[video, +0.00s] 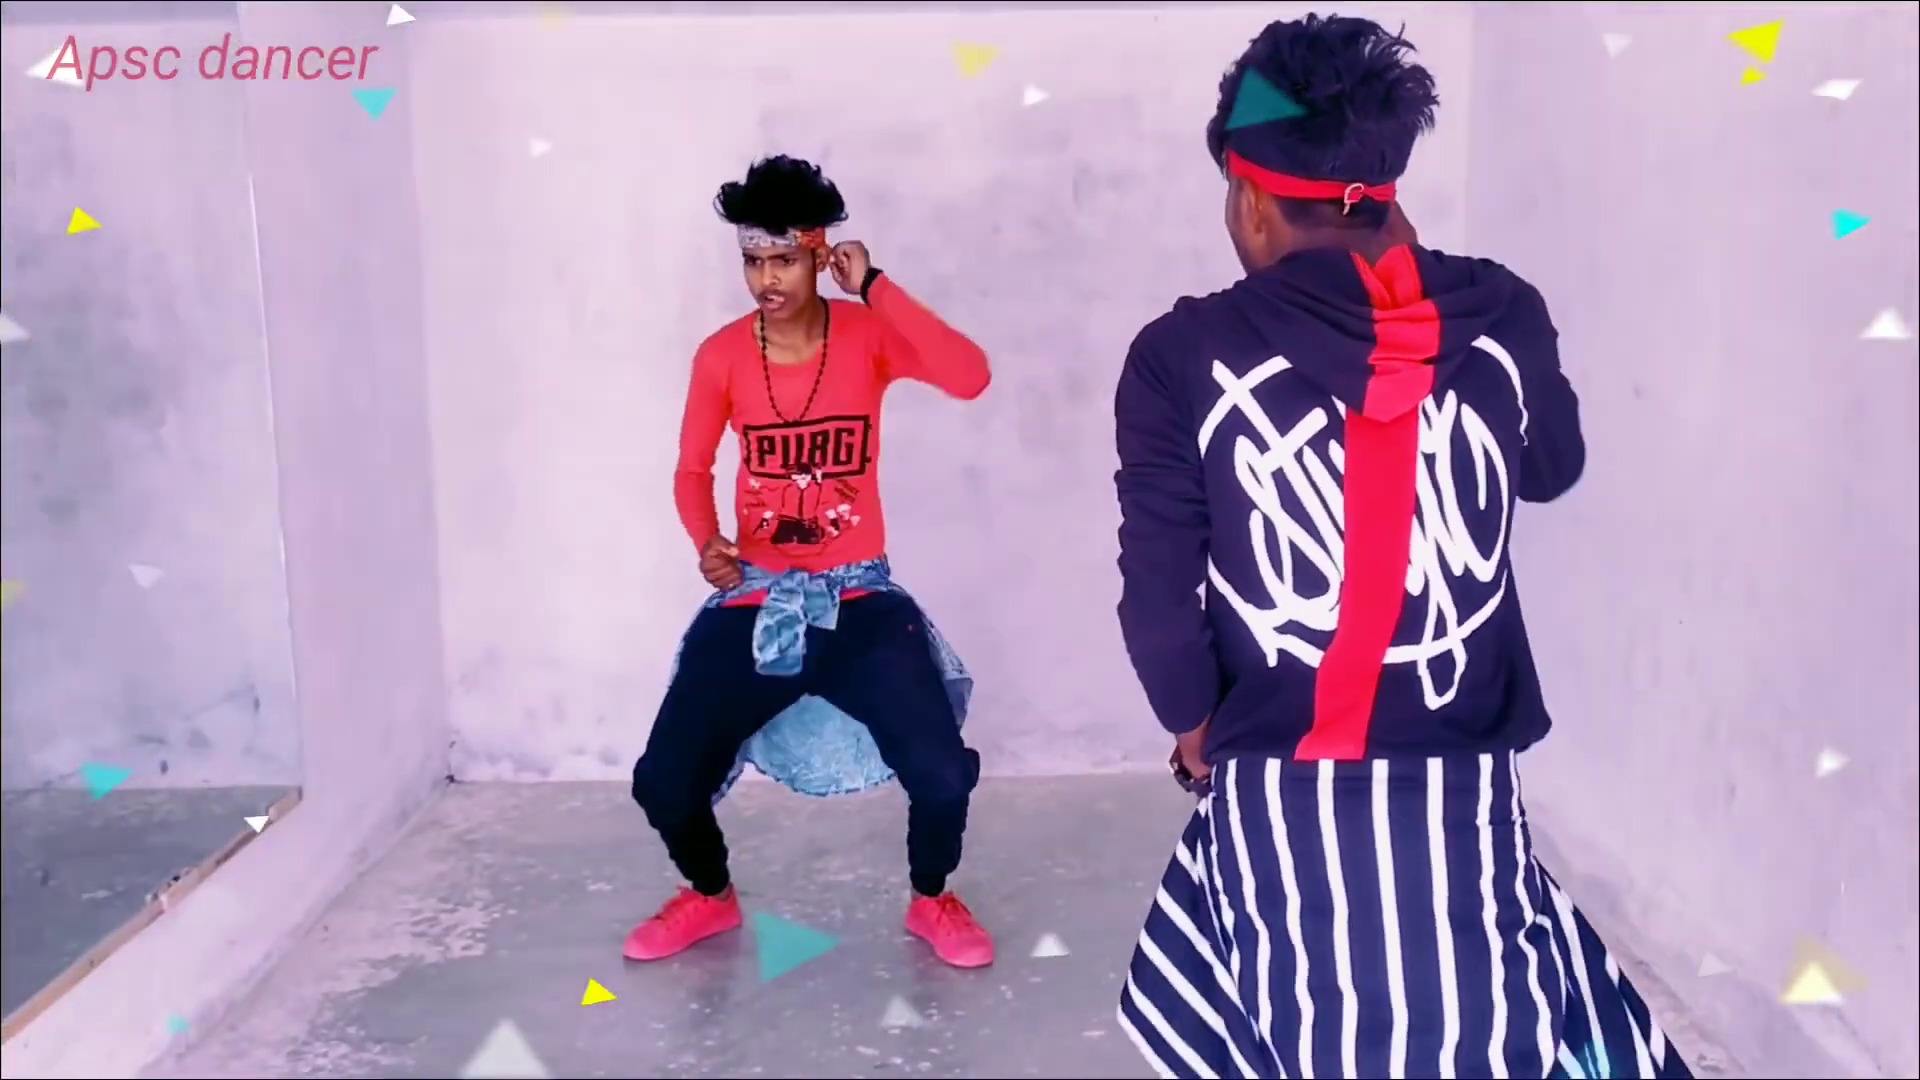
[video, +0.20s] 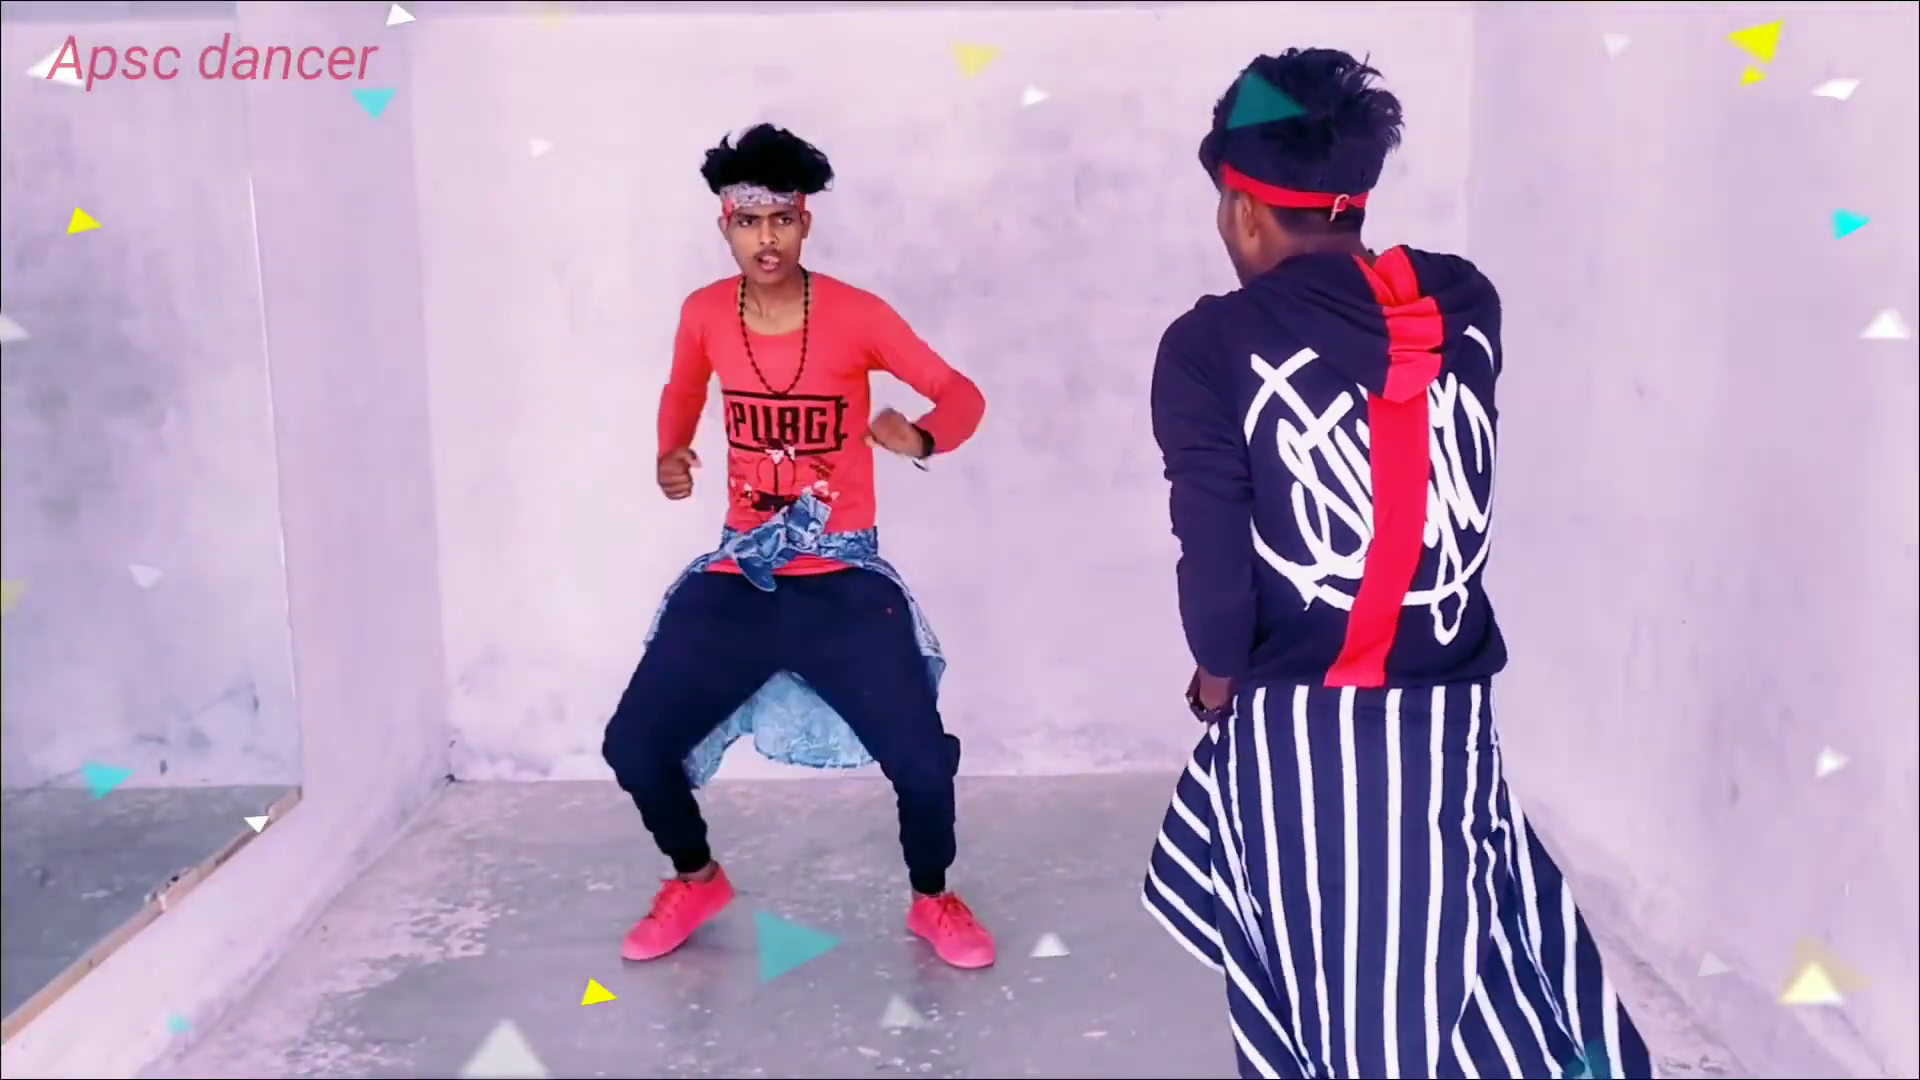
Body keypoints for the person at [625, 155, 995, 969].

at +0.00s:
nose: (766, 277)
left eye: (784, 259)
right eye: (753, 260)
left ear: (821, 260)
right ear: (741, 261)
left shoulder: (871, 334)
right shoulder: (725, 355)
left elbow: (969, 377)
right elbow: (693, 469)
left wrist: (875, 288)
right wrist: (708, 542)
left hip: (858, 602)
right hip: (750, 606)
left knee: (945, 773)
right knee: (663, 781)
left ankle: (931, 901)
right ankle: (710, 896)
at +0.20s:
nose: (768, 240)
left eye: (783, 219)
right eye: (749, 221)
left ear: (807, 223)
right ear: (725, 229)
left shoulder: (858, 318)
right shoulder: (706, 316)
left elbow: (965, 399)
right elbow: (681, 401)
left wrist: (926, 437)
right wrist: (672, 455)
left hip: (843, 580)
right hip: (736, 578)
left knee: (926, 759)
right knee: (634, 746)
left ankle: (931, 899)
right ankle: (697, 877)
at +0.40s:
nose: (752, 222)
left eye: (761, 204)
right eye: (730, 206)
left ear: (772, 214)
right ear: (689, 218)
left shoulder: (815, 310)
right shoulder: (664, 306)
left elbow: (885, 397)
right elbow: (673, 392)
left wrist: (932, 509)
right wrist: (631, 490)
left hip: (803, 574)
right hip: (702, 569)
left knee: (869, 754)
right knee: (561, 707)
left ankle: (927, 899)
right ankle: (587, 852)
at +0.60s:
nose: (694, 258)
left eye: (698, 241)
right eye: (672, 241)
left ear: (707, 253)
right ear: (624, 258)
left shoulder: (744, 344)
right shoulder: (592, 356)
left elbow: (790, 450)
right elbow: (603, 459)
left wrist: (847, 556)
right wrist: (578, 582)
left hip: (753, 593)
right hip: (647, 595)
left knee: (839, 750)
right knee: (530, 750)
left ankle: (920, 900)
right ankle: (550, 882)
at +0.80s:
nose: (680, 194)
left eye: (683, 178)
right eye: (657, 179)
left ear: (688, 187)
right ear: (608, 195)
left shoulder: (721, 282)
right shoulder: (569, 296)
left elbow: (760, 395)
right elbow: (544, 408)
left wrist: (807, 503)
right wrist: (508, 514)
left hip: (745, 540)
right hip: (637, 548)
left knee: (831, 700)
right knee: (549, 725)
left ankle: (851, 870)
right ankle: (548, 878)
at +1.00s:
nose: (696, 165)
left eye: (700, 149)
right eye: (674, 150)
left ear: (705, 161)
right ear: (625, 166)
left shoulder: (732, 260)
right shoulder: (581, 270)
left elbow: (766, 379)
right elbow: (570, 387)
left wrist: (816, 486)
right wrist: (537, 499)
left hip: (738, 524)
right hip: (629, 531)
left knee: (815, 698)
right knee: (572, 718)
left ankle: (839, 872)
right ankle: (543, 874)